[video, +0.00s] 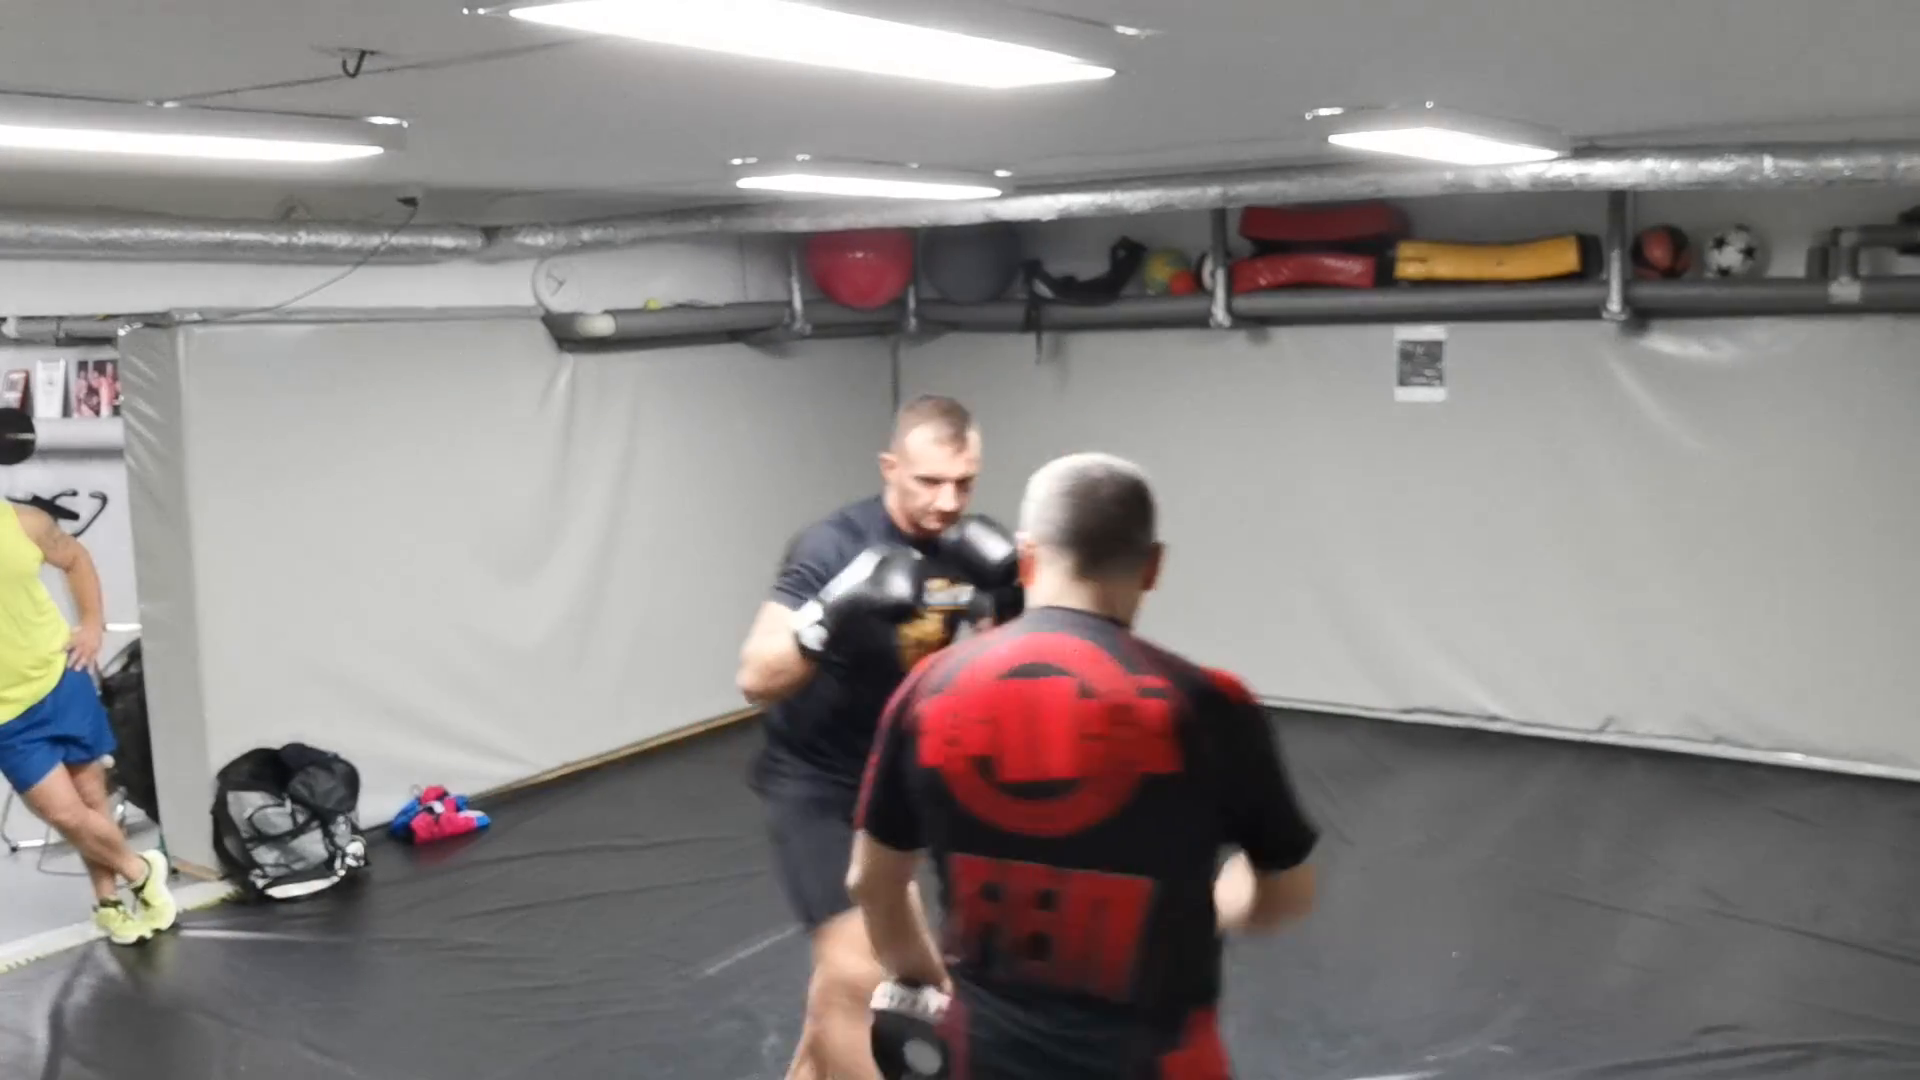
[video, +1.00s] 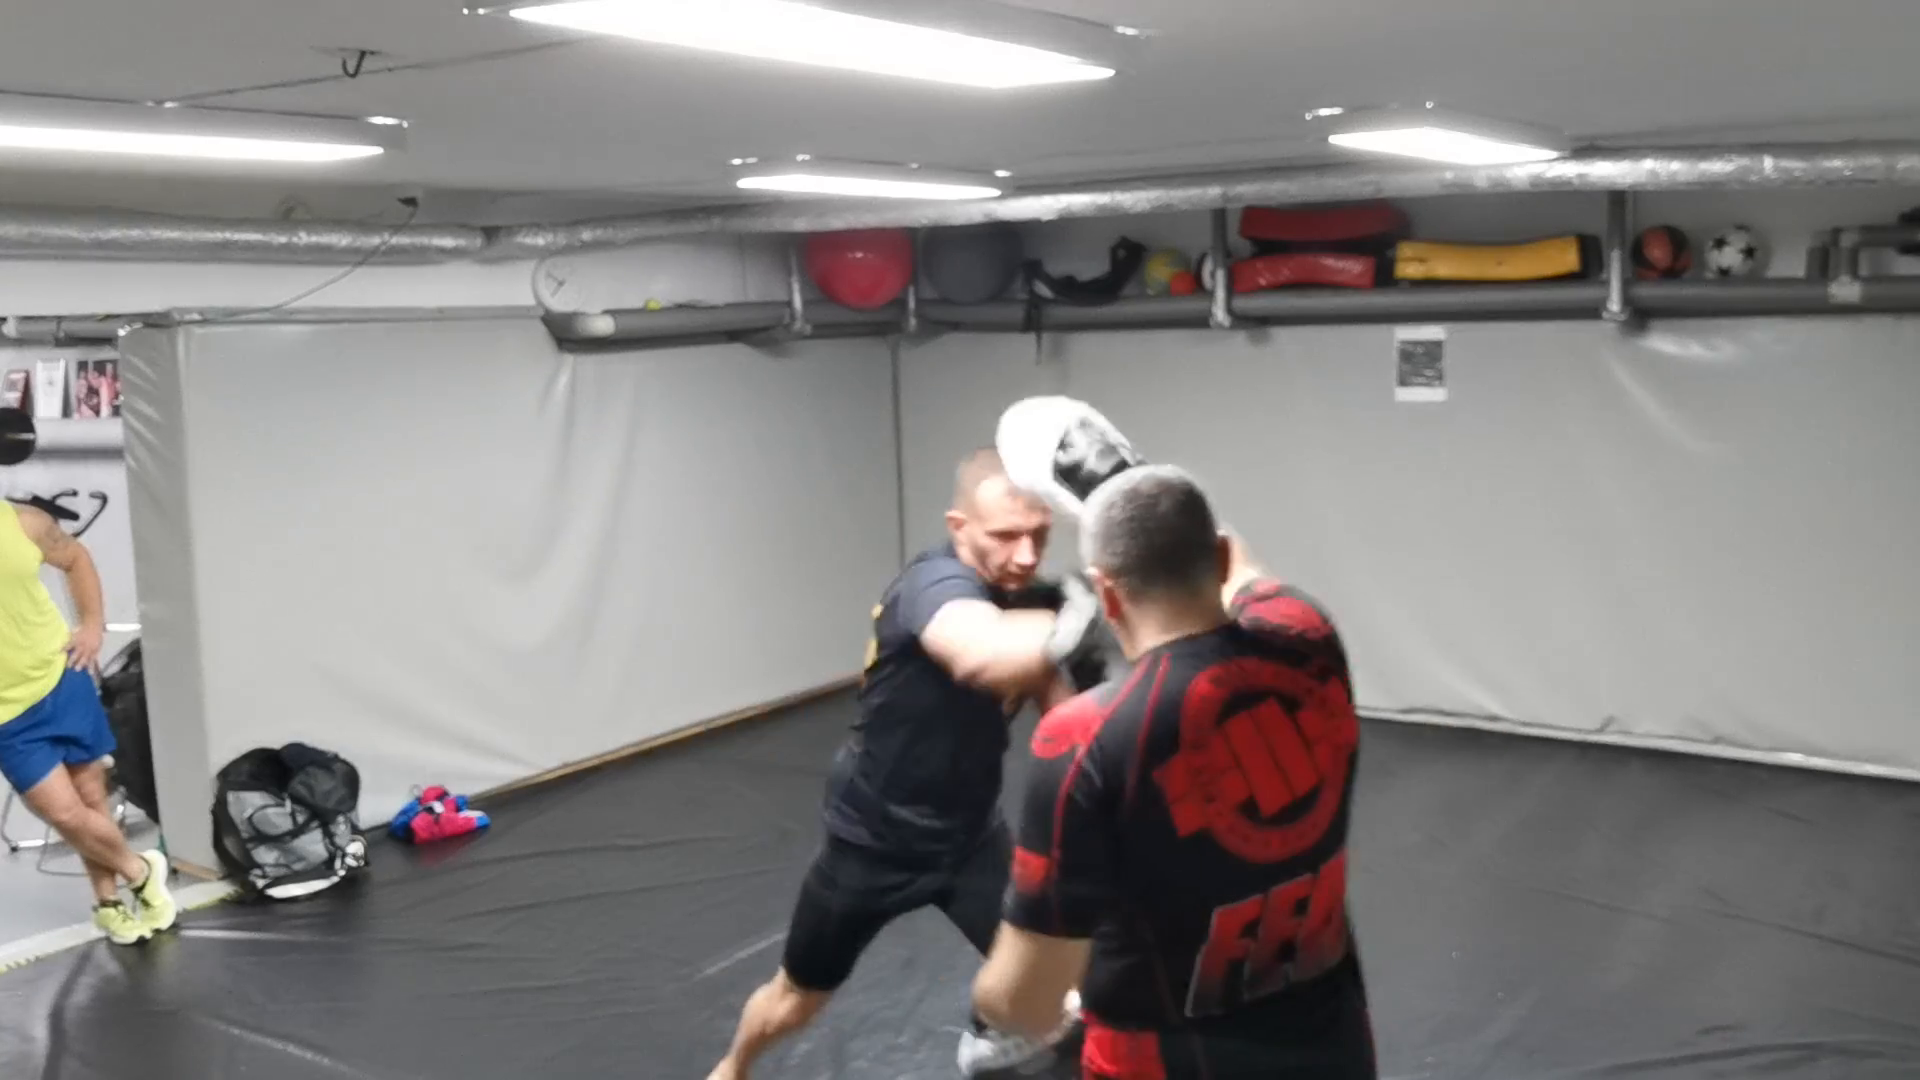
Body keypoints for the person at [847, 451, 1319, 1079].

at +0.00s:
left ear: (1025, 561)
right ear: (1154, 569)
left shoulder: (935, 687)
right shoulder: (1208, 708)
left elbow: (876, 880)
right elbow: (1288, 891)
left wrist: (920, 976)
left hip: (987, 1042)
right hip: (1157, 1050)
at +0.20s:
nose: (1116, 588)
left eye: (1119, 571)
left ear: (1135, 579)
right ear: (1256, 587)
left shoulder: (1050, 710)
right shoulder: (1330, 726)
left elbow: (929, 865)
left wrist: (961, 929)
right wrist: (1262, 612)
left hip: (1102, 1049)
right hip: (1278, 1052)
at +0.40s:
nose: (1180, 573)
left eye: (1183, 556)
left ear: (1202, 566)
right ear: (1324, 583)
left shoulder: (1105, 695)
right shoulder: (1377, 710)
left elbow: (978, 822)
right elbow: (1445, 700)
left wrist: (1008, 889)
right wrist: (1375, 568)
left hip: (1152, 1045)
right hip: (1328, 1051)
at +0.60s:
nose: (1178, 575)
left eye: (1180, 560)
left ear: (1196, 569)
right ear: (1319, 579)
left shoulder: (1096, 687)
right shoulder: (1368, 712)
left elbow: (978, 808)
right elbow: (1472, 742)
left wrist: (1009, 873)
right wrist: (1411, 594)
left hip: (1143, 1046)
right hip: (1320, 1051)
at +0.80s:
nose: (1109, 592)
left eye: (1107, 574)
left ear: (1124, 586)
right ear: (1238, 571)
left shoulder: (1057, 714)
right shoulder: (1327, 708)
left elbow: (938, 915)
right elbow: (1380, 757)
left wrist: (984, 944)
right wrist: (1327, 623)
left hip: (1132, 1048)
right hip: (1304, 1045)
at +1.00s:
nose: (1021, 557)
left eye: (1039, 548)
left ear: (1106, 594)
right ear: (1221, 557)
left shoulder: (1084, 743)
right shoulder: (1307, 647)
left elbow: (1018, 997)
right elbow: (1230, 564)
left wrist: (1031, 1021)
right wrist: (1133, 493)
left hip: (1157, 1047)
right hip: (1324, 1028)